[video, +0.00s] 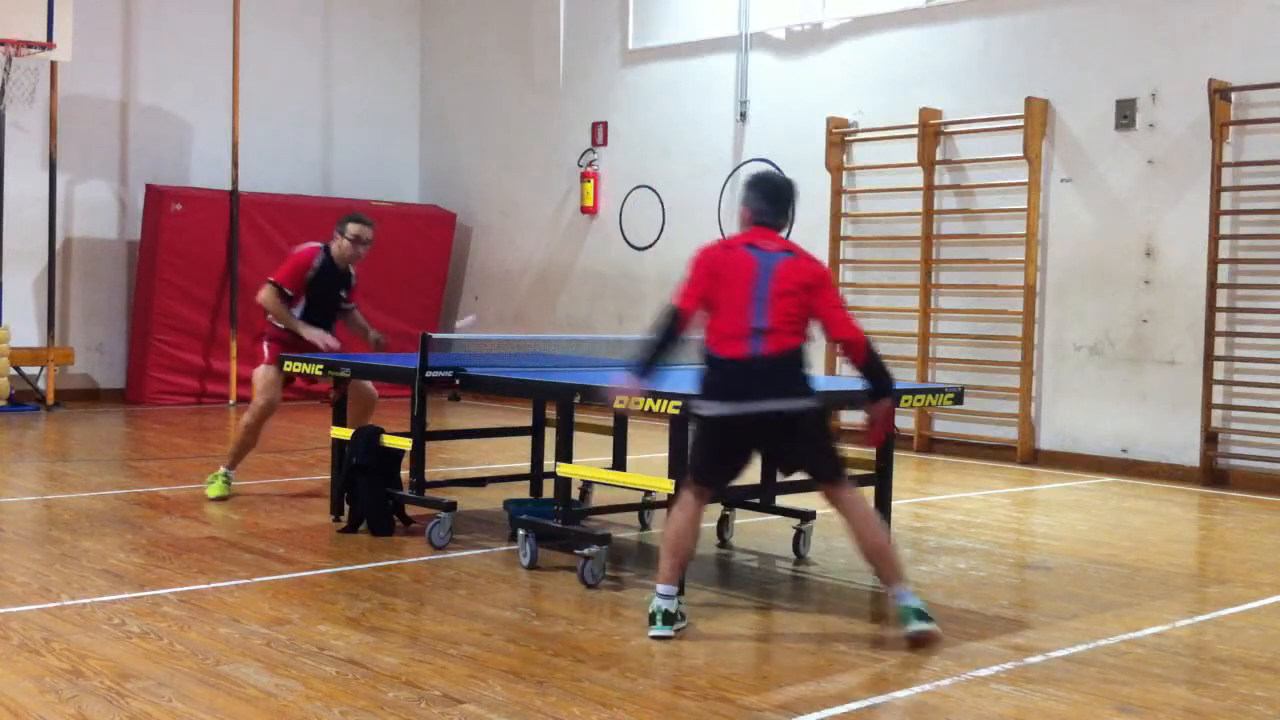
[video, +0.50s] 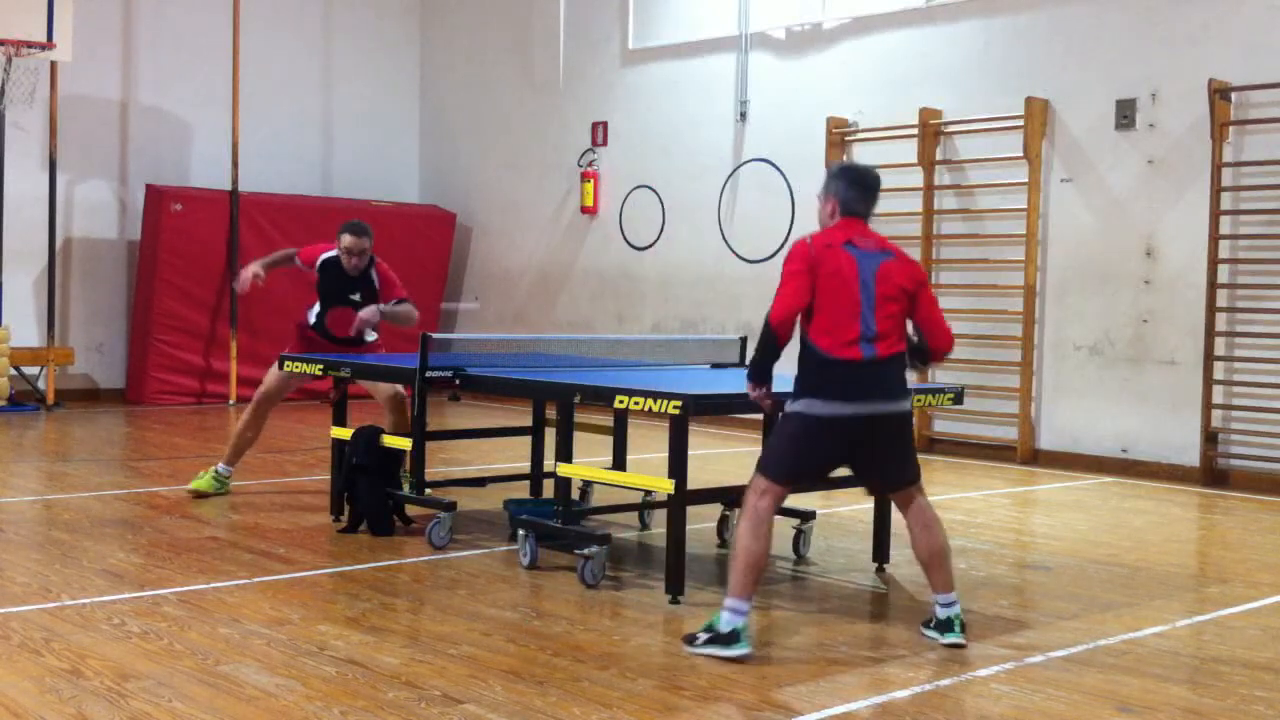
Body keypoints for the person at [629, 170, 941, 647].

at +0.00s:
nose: (741, 212)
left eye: (743, 205)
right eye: (748, 205)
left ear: (746, 211)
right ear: (788, 217)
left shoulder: (713, 257)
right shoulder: (806, 268)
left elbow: (676, 321)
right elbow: (848, 336)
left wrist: (640, 371)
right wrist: (882, 388)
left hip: (725, 404)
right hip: (788, 400)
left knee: (692, 494)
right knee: (843, 492)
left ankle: (664, 603)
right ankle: (906, 601)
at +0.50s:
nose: (817, 207)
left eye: (820, 200)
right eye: (820, 200)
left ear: (830, 203)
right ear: (870, 207)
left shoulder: (810, 250)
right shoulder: (902, 262)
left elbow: (783, 316)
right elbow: (940, 343)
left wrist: (759, 374)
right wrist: (915, 352)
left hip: (820, 412)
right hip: (885, 414)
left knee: (760, 500)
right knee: (913, 501)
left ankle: (731, 623)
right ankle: (949, 615)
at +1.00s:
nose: (956, 269)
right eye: (957, 261)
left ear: (912, 252)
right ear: (953, 261)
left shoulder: (872, 284)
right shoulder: (951, 301)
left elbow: (845, 352)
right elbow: (961, 390)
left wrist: (911, 389)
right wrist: (1007, 449)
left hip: (829, 418)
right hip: (897, 427)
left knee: (766, 517)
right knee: (932, 508)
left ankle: (709, 622)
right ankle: (951, 612)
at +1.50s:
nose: (822, 205)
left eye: (823, 198)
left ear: (827, 203)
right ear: (874, 205)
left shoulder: (803, 254)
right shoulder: (908, 267)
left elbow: (781, 332)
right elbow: (921, 354)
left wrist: (807, 365)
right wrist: (877, 374)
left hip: (822, 422)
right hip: (893, 420)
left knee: (775, 511)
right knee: (925, 510)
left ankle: (780, 642)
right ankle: (955, 615)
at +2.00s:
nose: (879, 228)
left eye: (872, 220)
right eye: (879, 221)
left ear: (830, 217)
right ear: (876, 223)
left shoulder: (790, 264)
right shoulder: (869, 269)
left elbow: (782, 350)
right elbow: (882, 349)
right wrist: (936, 413)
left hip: (766, 422)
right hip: (836, 426)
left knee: (716, 515)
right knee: (910, 509)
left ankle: (647, 609)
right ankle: (937, 638)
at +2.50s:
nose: (633, 226)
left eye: (633, 219)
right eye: (635, 219)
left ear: (639, 222)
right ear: (688, 217)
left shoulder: (638, 291)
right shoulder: (733, 255)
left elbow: (645, 385)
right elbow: (786, 305)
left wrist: (678, 347)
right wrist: (734, 283)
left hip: (709, 435)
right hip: (782, 421)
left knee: (625, 514)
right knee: (849, 516)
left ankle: (610, 650)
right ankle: (926, 621)